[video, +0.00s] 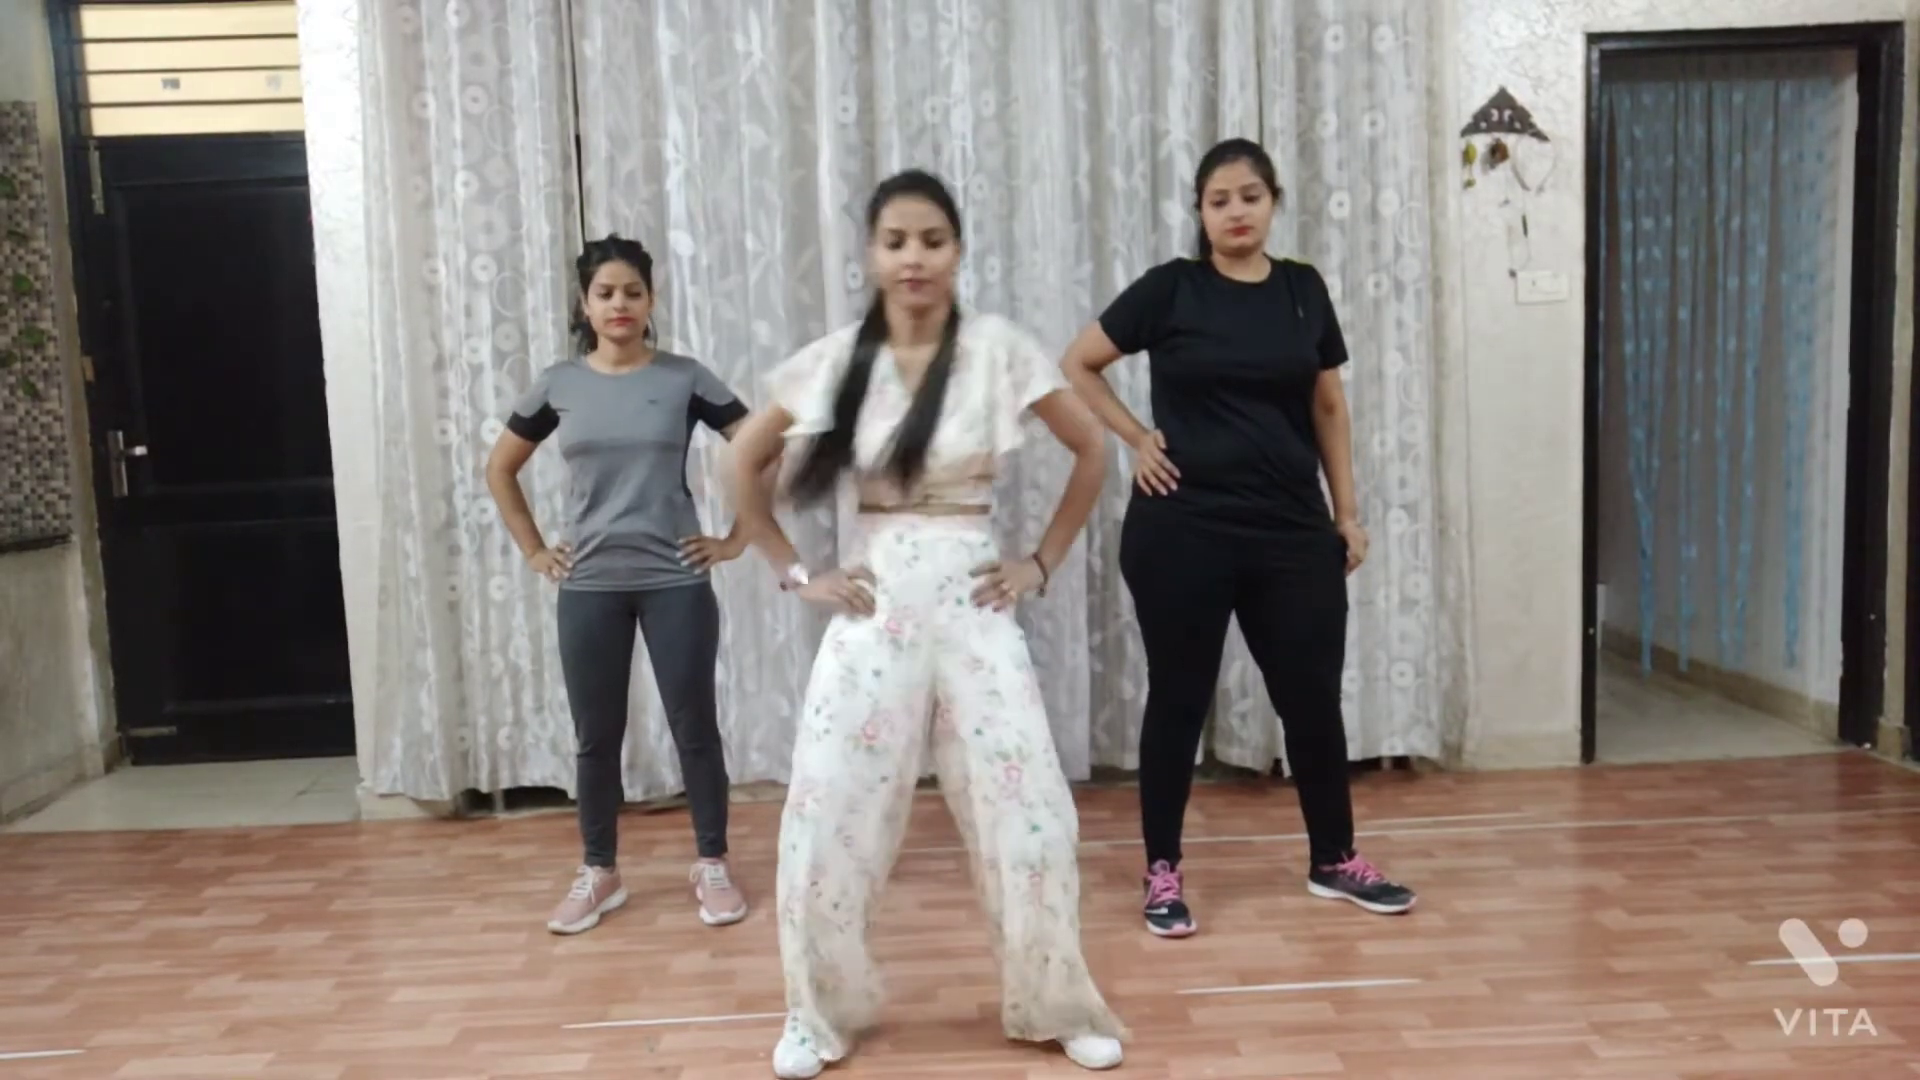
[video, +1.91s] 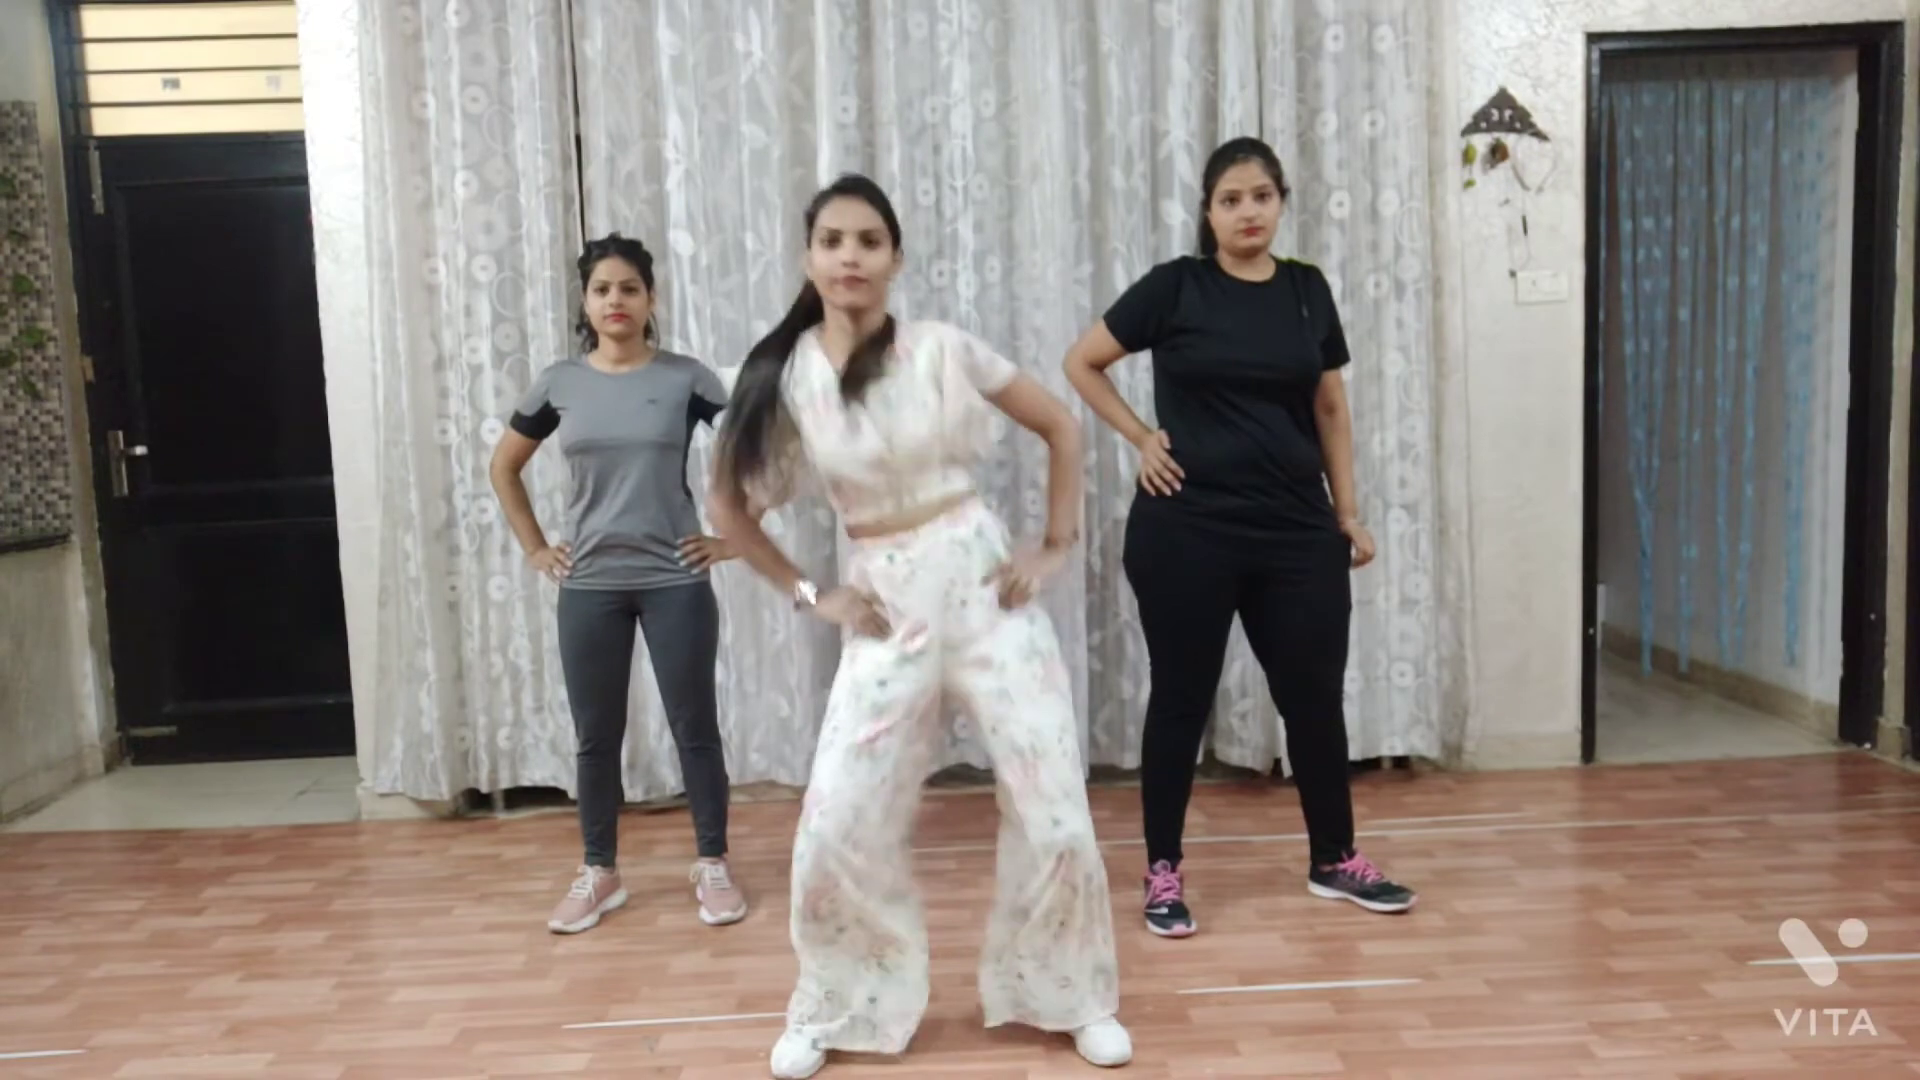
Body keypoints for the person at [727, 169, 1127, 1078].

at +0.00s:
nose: (915, 260)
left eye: (933, 241)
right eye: (896, 242)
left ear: (959, 253)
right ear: (870, 257)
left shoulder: (1001, 352)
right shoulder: (832, 363)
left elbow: (1095, 449)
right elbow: (740, 463)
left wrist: (1038, 562)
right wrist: (798, 575)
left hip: (975, 611)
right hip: (870, 614)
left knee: (1031, 812)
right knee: (823, 812)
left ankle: (1062, 1009)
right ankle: (816, 1013)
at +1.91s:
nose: (851, 259)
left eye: (869, 242)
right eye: (832, 242)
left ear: (896, 256)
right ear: (808, 258)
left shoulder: (944, 352)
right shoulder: (781, 383)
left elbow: (1062, 424)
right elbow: (725, 510)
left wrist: (1052, 546)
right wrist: (812, 596)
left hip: (988, 587)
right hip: (881, 609)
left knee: (1057, 811)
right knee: (830, 827)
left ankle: (1080, 997)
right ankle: (827, 1006)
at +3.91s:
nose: (846, 262)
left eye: (865, 244)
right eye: (828, 243)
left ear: (890, 257)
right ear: (804, 257)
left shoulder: (932, 352)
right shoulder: (773, 383)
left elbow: (1045, 428)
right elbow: (722, 504)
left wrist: (1051, 540)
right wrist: (805, 590)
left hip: (983, 584)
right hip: (879, 607)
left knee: (1044, 799)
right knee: (839, 818)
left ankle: (1079, 1003)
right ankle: (828, 1014)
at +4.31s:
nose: (980, 237)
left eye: (996, 218)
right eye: (961, 222)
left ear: (1025, 230)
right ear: (938, 240)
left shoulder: (1067, 331)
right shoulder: (902, 344)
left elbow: (1138, 434)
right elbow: (802, 433)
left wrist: (1082, 543)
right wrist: (812, 553)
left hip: (1001, 597)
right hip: (900, 588)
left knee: (1043, 800)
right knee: (854, 796)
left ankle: (1084, 1007)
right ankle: (819, 1021)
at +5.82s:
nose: (916, 224)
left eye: (934, 209)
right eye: (899, 213)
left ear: (967, 228)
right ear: (877, 238)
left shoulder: (1007, 344)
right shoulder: (847, 347)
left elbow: (1053, 446)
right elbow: (763, 448)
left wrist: (1087, 523)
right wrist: (704, 520)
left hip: (971, 601)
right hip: (867, 593)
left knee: (990, 812)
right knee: (797, 791)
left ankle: (949, 1006)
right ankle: (775, 1007)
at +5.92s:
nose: (924, 226)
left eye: (941, 211)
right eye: (906, 216)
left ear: (973, 231)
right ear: (885, 242)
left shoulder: (1019, 340)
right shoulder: (854, 347)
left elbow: (1096, 434)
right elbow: (752, 433)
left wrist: (1161, 501)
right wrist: (656, 501)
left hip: (976, 603)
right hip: (877, 594)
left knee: (990, 817)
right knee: (789, 790)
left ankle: (921, 1000)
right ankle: (702, 1001)